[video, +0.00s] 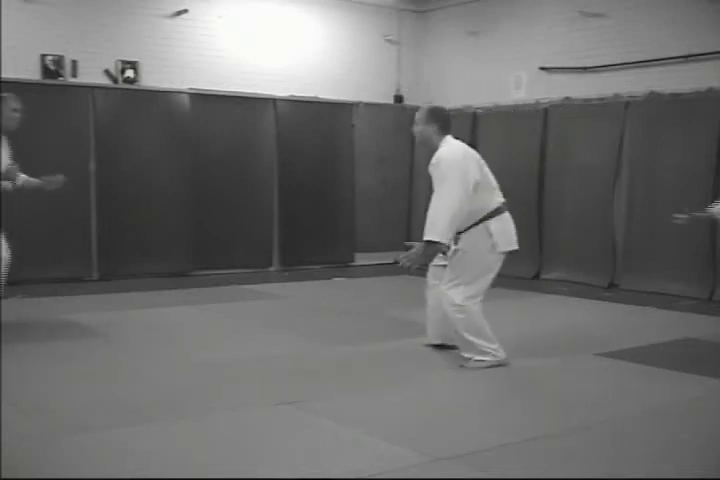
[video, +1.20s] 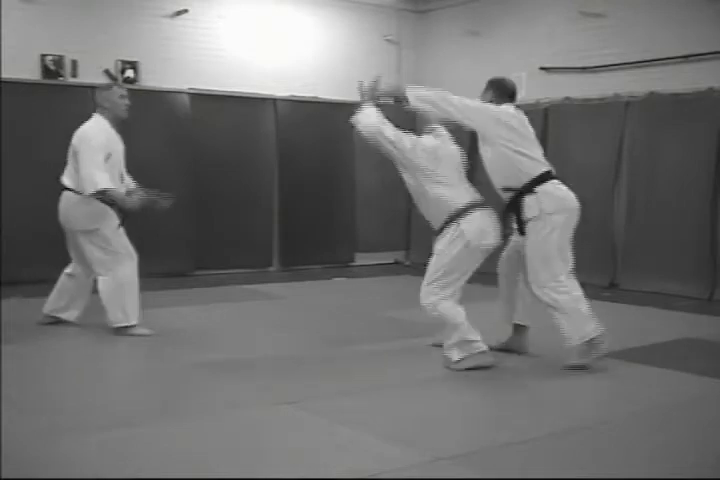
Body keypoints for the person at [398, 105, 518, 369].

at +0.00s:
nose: (413, 131)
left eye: (417, 125)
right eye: (414, 125)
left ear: (434, 129)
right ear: (438, 129)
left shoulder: (451, 157)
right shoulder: (449, 154)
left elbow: (447, 208)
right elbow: (446, 207)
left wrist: (425, 252)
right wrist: (428, 245)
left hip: (486, 233)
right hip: (472, 232)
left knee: (456, 292)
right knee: (437, 276)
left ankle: (488, 353)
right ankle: (443, 336)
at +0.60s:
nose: (423, 114)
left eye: (426, 108)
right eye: (424, 108)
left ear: (442, 110)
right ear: (451, 110)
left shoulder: (454, 141)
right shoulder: (472, 135)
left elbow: (455, 191)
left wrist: (439, 223)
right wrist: (440, 214)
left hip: (479, 222)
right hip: (479, 220)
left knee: (484, 287)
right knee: (453, 273)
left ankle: (510, 353)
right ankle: (450, 337)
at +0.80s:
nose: (411, 117)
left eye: (417, 112)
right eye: (413, 112)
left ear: (433, 116)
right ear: (434, 117)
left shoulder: (444, 149)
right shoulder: (451, 142)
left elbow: (471, 195)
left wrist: (454, 236)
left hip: (481, 226)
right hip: (467, 225)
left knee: (471, 287)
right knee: (443, 271)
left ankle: (505, 347)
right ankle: (455, 334)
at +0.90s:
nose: (398, 134)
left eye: (403, 128)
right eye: (400, 128)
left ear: (419, 132)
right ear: (421, 133)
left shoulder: (437, 161)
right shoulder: (432, 158)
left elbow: (461, 204)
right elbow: (447, 203)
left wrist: (446, 241)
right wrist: (444, 237)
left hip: (492, 223)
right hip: (480, 223)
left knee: (455, 282)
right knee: (436, 269)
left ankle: (489, 339)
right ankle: (457, 332)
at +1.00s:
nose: (387, 153)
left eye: (391, 147)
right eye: (389, 147)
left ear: (407, 147)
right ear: (415, 148)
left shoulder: (426, 173)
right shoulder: (443, 163)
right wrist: (448, 253)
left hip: (488, 230)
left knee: (443, 288)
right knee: (433, 276)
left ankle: (473, 353)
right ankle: (454, 335)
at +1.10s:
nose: (389, 160)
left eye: (383, 153)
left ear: (392, 142)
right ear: (417, 143)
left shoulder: (426, 170)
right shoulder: (448, 161)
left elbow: (436, 192)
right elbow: (482, 188)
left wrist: (397, 171)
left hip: (472, 240)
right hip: (487, 233)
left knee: (436, 301)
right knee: (433, 275)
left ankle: (473, 354)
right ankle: (449, 333)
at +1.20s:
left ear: (413, 126)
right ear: (435, 125)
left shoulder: (412, 148)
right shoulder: (449, 146)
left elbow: (375, 130)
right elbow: (433, 124)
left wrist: (367, 103)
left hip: (464, 227)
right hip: (487, 222)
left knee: (433, 295)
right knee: (446, 287)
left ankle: (472, 348)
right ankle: (457, 334)